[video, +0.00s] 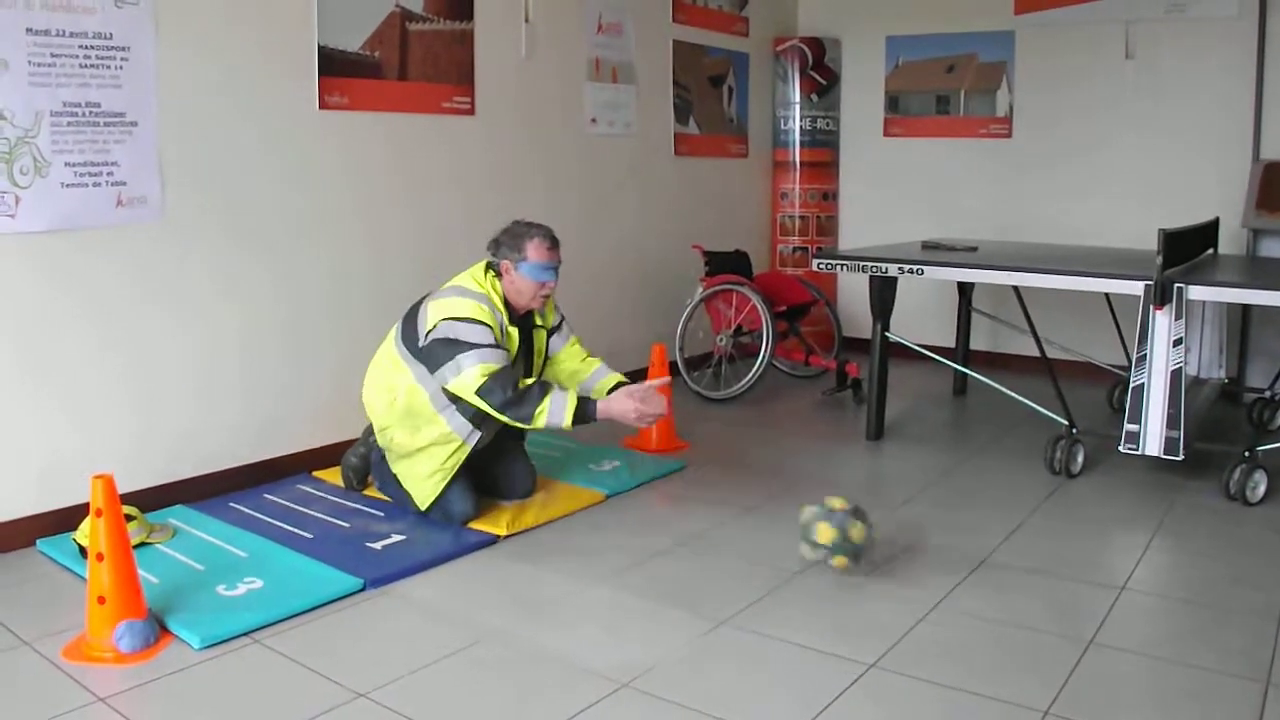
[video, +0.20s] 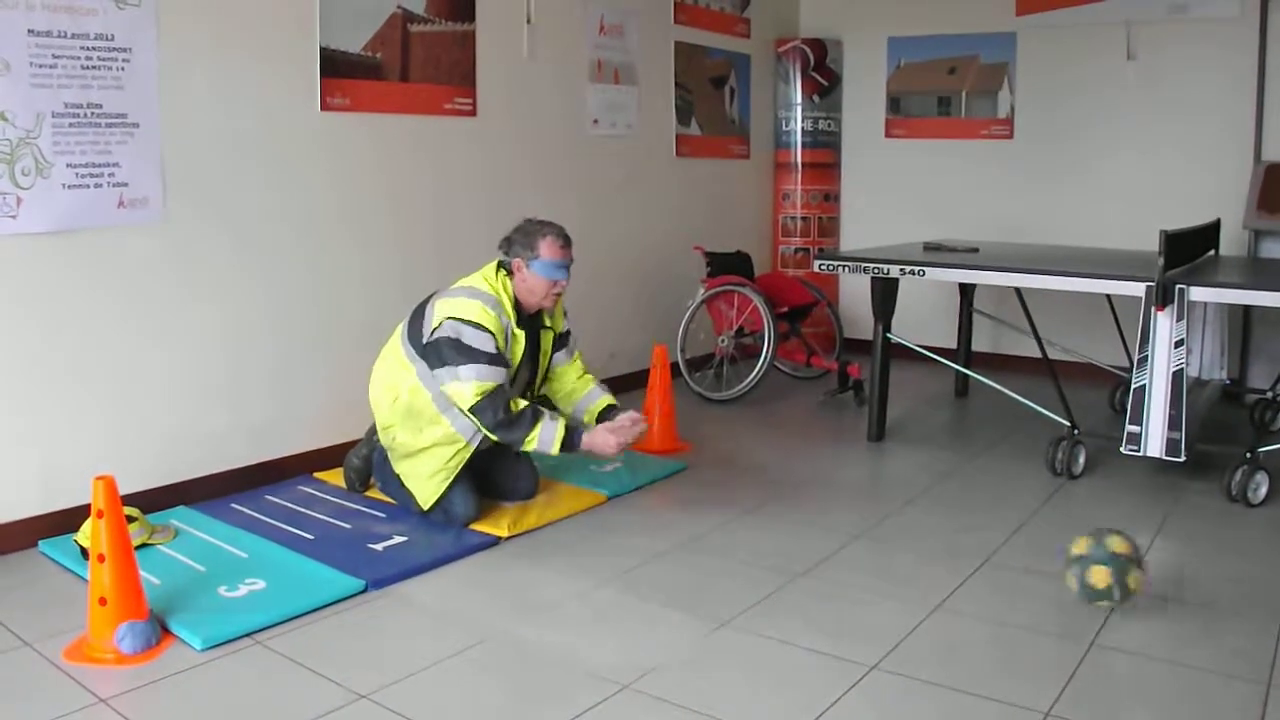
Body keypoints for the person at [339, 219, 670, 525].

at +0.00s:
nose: (550, 286)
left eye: (554, 274)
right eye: (541, 274)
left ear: (559, 272)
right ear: (505, 271)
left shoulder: (536, 305)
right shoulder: (462, 313)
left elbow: (570, 362)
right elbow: (504, 397)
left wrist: (622, 392)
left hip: (471, 405)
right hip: (410, 416)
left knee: (516, 485)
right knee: (456, 509)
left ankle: (432, 447)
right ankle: (377, 455)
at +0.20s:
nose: (562, 286)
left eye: (566, 275)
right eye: (553, 275)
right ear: (518, 269)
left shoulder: (547, 307)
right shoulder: (468, 314)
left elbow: (566, 378)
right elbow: (493, 413)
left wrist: (609, 415)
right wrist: (581, 439)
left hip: (467, 412)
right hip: (413, 421)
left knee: (519, 485)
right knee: (457, 511)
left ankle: (427, 449)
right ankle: (378, 455)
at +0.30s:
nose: (569, 290)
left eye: (573, 279)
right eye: (560, 279)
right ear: (524, 272)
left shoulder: (551, 316)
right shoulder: (471, 317)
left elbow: (556, 388)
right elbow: (465, 419)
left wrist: (584, 444)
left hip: (473, 414)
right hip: (411, 421)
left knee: (520, 490)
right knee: (459, 510)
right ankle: (379, 456)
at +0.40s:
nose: (576, 296)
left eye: (580, 284)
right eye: (566, 284)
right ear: (532, 277)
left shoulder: (555, 326)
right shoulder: (472, 319)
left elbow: (545, 396)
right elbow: (441, 416)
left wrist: (562, 456)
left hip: (479, 411)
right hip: (409, 420)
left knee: (524, 488)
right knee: (461, 513)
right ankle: (383, 459)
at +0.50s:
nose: (578, 299)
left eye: (583, 288)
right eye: (569, 287)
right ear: (535, 280)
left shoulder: (557, 328)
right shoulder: (474, 320)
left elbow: (538, 398)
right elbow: (422, 410)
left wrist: (557, 458)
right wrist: (458, 484)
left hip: (482, 416)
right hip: (412, 424)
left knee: (523, 490)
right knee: (458, 514)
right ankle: (382, 460)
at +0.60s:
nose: (577, 298)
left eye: (582, 287)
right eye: (567, 285)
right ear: (533, 280)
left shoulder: (555, 329)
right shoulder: (473, 320)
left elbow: (541, 399)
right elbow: (413, 403)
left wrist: (562, 460)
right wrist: (437, 491)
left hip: (482, 418)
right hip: (423, 427)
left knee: (523, 488)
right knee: (462, 515)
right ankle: (382, 463)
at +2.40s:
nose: (573, 305)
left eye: (577, 294)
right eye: (562, 293)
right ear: (529, 287)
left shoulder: (558, 340)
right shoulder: (477, 325)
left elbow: (556, 417)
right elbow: (442, 418)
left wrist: (576, 490)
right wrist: (445, 519)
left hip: (485, 424)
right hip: (413, 430)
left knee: (530, 496)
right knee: (470, 520)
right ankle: (387, 469)